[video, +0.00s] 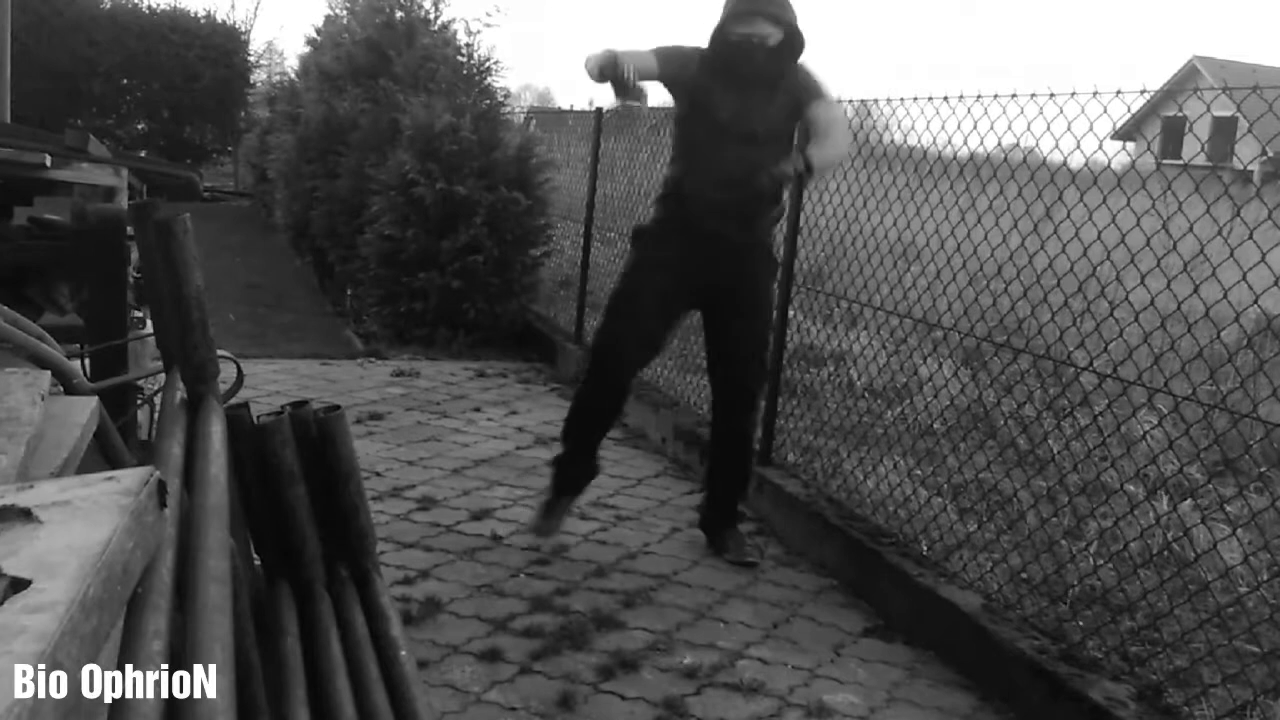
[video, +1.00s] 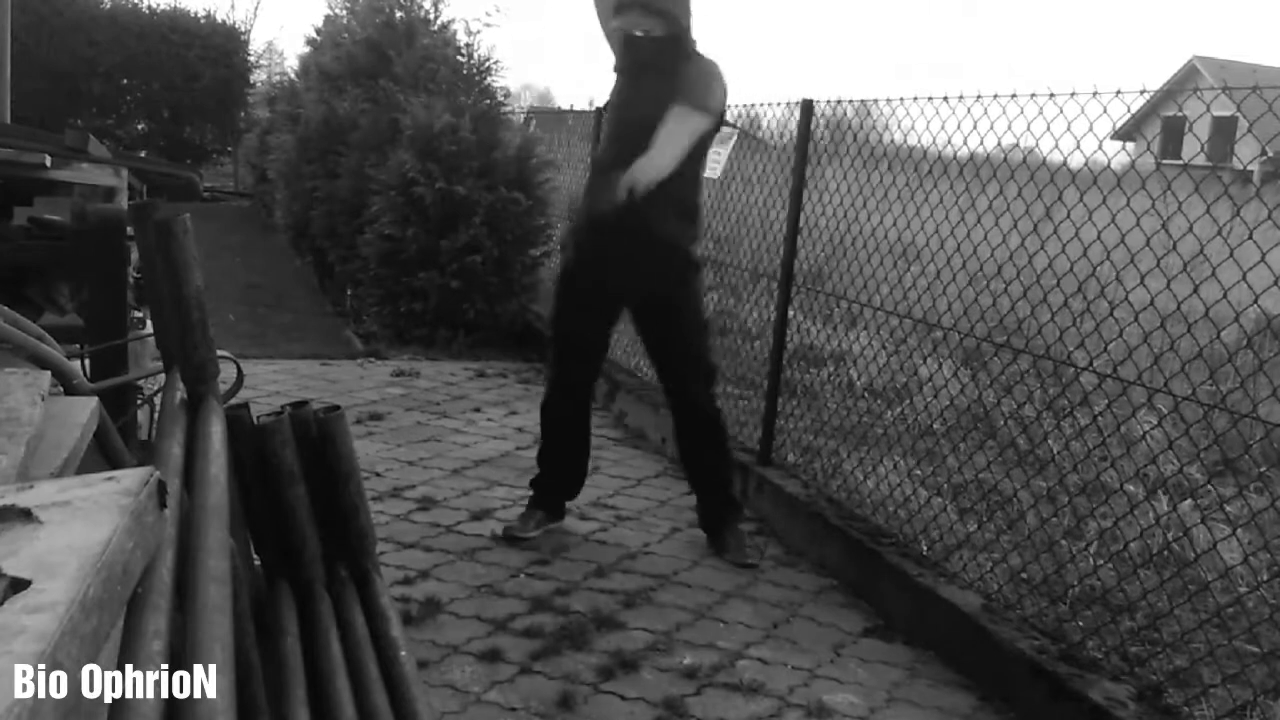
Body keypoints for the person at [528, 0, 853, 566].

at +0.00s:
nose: (754, 53)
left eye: (767, 43)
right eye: (743, 40)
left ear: (786, 42)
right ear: (724, 35)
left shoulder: (800, 85)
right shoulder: (693, 65)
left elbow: (839, 140)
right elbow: (602, 61)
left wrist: (795, 165)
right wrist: (615, 71)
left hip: (744, 258)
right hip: (672, 244)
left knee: (738, 393)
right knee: (611, 359)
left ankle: (722, 521)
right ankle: (565, 486)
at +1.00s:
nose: (631, 37)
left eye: (642, 28)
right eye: (622, 28)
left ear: (669, 25)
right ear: (616, 31)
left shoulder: (701, 77)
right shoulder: (628, 72)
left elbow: (662, 158)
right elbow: (604, 11)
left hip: (660, 255)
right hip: (596, 247)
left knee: (691, 390)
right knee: (570, 378)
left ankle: (723, 522)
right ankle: (547, 501)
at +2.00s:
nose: (660, 47)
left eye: (674, 37)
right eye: (650, 36)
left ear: (704, 38)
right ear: (640, 37)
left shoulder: (731, 93)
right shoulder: (642, 92)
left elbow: (657, 156)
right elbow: (613, 166)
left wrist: (604, 183)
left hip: (675, 271)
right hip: (608, 260)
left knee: (693, 399)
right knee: (566, 376)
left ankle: (719, 523)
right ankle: (545, 497)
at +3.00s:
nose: (661, 35)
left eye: (675, 24)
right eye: (649, 24)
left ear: (701, 33)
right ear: (636, 30)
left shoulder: (727, 84)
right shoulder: (626, 84)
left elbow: (792, 141)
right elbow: (563, 151)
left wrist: (760, 90)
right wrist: (572, 92)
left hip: (675, 259)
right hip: (605, 251)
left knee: (696, 393)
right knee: (563, 373)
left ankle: (720, 524)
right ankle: (541, 498)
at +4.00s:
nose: (657, 21)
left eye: (671, 15)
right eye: (647, 11)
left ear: (688, 23)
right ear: (627, 14)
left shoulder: (704, 58)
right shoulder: (607, 53)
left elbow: (721, 96)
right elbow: (570, 78)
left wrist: (665, 120)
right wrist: (632, 80)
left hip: (689, 254)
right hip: (613, 248)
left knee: (711, 388)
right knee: (575, 379)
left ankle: (729, 522)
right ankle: (543, 501)